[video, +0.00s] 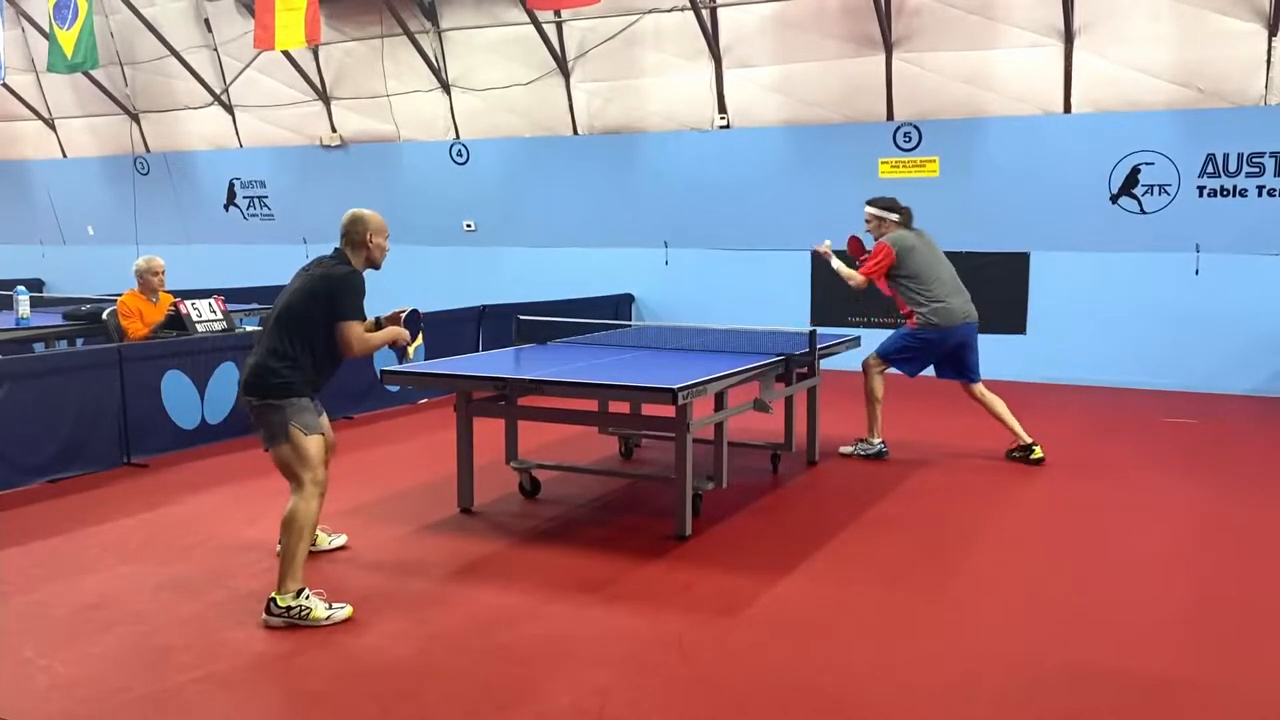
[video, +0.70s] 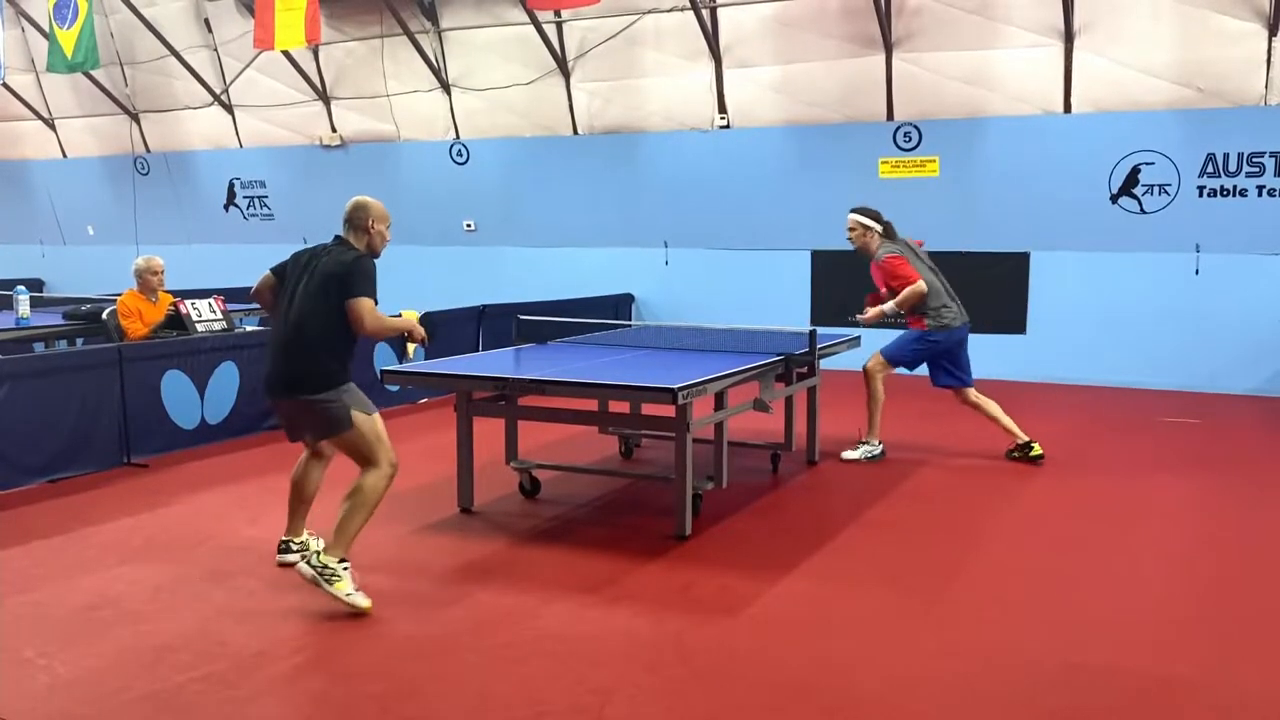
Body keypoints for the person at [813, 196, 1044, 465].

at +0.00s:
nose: (867, 227)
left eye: (870, 221)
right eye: (866, 221)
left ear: (888, 222)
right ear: (894, 221)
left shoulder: (888, 244)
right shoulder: (921, 237)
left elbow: (857, 281)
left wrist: (831, 258)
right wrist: (873, 264)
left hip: (933, 321)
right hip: (966, 318)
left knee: (873, 364)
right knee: (976, 387)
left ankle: (873, 440)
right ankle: (1026, 442)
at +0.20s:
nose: (888, 210)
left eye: (893, 204)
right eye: (890, 204)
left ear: (910, 208)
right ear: (917, 209)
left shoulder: (906, 232)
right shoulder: (944, 228)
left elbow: (866, 262)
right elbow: (943, 266)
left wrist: (841, 251)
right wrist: (911, 283)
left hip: (948, 317)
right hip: (981, 313)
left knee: (892, 367)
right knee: (984, 382)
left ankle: (875, 440)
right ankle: (1027, 442)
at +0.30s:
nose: (895, 205)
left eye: (900, 200)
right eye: (897, 199)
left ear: (917, 205)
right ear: (925, 206)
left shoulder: (909, 230)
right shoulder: (953, 226)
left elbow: (872, 260)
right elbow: (981, 261)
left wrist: (845, 256)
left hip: (951, 314)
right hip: (985, 311)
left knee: (896, 367)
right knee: (987, 382)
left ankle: (877, 440)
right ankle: (1027, 442)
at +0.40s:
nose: (894, 207)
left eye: (899, 201)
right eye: (896, 201)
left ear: (915, 206)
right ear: (925, 207)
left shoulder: (908, 231)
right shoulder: (956, 224)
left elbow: (888, 260)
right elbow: (996, 235)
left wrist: (856, 265)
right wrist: (992, 275)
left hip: (951, 314)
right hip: (984, 311)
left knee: (894, 366)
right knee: (988, 382)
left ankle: (879, 441)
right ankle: (1028, 443)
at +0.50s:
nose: (885, 213)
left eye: (889, 208)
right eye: (886, 208)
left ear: (906, 211)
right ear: (914, 212)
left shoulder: (905, 235)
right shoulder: (947, 221)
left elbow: (895, 266)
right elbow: (988, 211)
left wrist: (864, 276)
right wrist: (994, 249)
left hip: (951, 317)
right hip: (979, 314)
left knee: (886, 358)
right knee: (983, 384)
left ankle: (877, 437)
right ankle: (1027, 443)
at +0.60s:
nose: (867, 224)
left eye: (871, 219)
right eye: (868, 219)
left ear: (888, 221)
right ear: (895, 220)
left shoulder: (895, 244)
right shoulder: (928, 227)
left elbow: (908, 276)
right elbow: (961, 211)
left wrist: (876, 290)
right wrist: (955, 251)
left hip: (947, 319)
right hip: (971, 317)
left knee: (877, 353)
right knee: (975, 389)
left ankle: (881, 430)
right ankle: (1026, 443)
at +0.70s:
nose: (848, 236)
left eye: (852, 230)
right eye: (848, 230)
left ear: (870, 232)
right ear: (872, 232)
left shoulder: (885, 257)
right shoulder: (904, 246)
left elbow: (917, 288)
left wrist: (882, 310)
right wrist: (886, 297)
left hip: (936, 327)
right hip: (955, 324)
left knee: (873, 368)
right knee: (967, 394)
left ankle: (872, 443)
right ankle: (1025, 442)